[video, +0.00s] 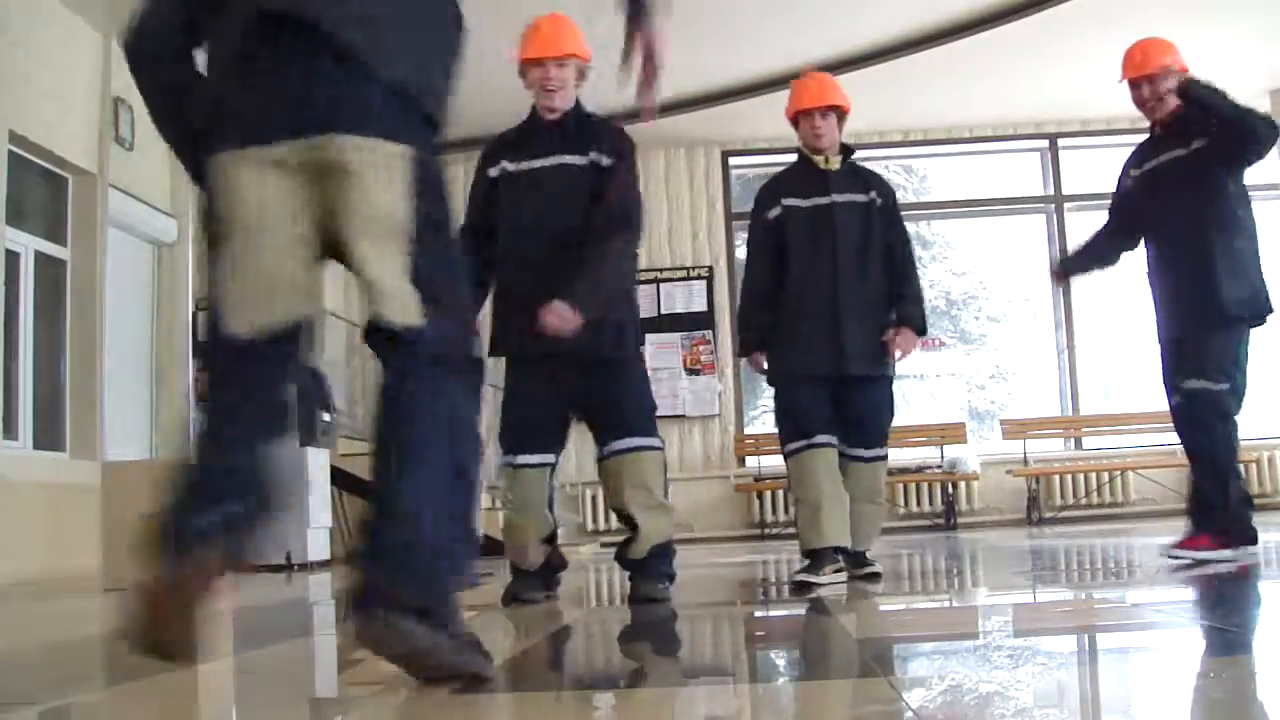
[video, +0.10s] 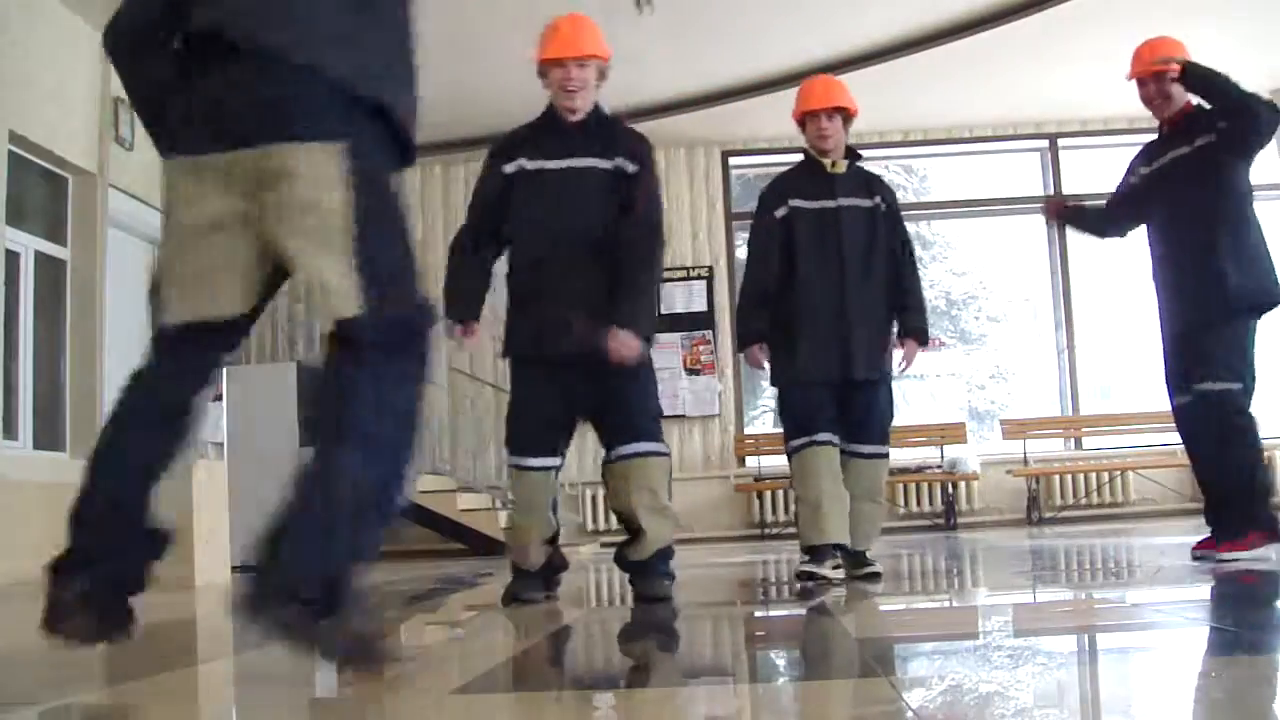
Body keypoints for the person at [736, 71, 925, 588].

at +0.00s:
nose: (817, 125)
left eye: (826, 115)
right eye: (806, 117)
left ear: (842, 120)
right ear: (794, 125)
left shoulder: (874, 188)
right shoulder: (774, 193)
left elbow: (901, 261)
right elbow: (759, 272)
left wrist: (909, 319)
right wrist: (753, 338)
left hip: (865, 344)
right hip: (798, 347)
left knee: (865, 451)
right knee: (811, 450)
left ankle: (861, 549)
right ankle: (824, 551)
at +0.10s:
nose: (824, 128)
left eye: (833, 117)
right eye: (813, 120)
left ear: (847, 123)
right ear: (800, 128)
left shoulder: (876, 191)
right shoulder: (780, 193)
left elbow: (901, 261)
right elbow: (760, 268)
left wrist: (911, 321)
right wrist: (752, 331)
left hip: (865, 343)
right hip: (802, 346)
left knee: (867, 448)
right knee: (813, 448)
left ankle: (860, 547)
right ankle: (822, 549)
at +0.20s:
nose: (825, 127)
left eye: (833, 117)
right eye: (814, 119)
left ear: (848, 122)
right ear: (803, 127)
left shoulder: (875, 189)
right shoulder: (784, 190)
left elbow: (899, 261)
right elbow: (763, 263)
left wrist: (910, 323)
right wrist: (755, 323)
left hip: (865, 339)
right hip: (803, 341)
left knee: (866, 444)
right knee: (814, 444)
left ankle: (858, 548)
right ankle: (822, 547)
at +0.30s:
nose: (825, 127)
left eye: (834, 118)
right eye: (815, 120)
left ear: (850, 123)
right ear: (805, 127)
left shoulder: (874, 191)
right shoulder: (786, 190)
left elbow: (897, 263)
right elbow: (766, 261)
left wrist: (908, 325)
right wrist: (760, 320)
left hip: (867, 341)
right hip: (806, 342)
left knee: (866, 447)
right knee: (816, 449)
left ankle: (857, 549)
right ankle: (819, 549)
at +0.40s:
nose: (825, 128)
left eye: (834, 118)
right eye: (816, 120)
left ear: (851, 124)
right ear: (805, 128)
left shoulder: (875, 192)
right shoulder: (787, 190)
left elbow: (896, 265)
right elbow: (769, 263)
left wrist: (904, 327)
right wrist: (769, 321)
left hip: (867, 341)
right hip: (807, 341)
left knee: (866, 449)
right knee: (814, 448)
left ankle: (856, 549)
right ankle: (816, 549)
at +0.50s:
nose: (825, 129)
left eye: (835, 119)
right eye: (816, 121)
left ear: (851, 125)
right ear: (804, 129)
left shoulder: (874, 192)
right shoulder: (787, 192)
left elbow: (896, 264)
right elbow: (772, 264)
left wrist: (905, 326)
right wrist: (775, 322)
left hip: (865, 341)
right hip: (805, 342)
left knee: (863, 448)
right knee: (808, 447)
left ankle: (857, 547)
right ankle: (813, 548)